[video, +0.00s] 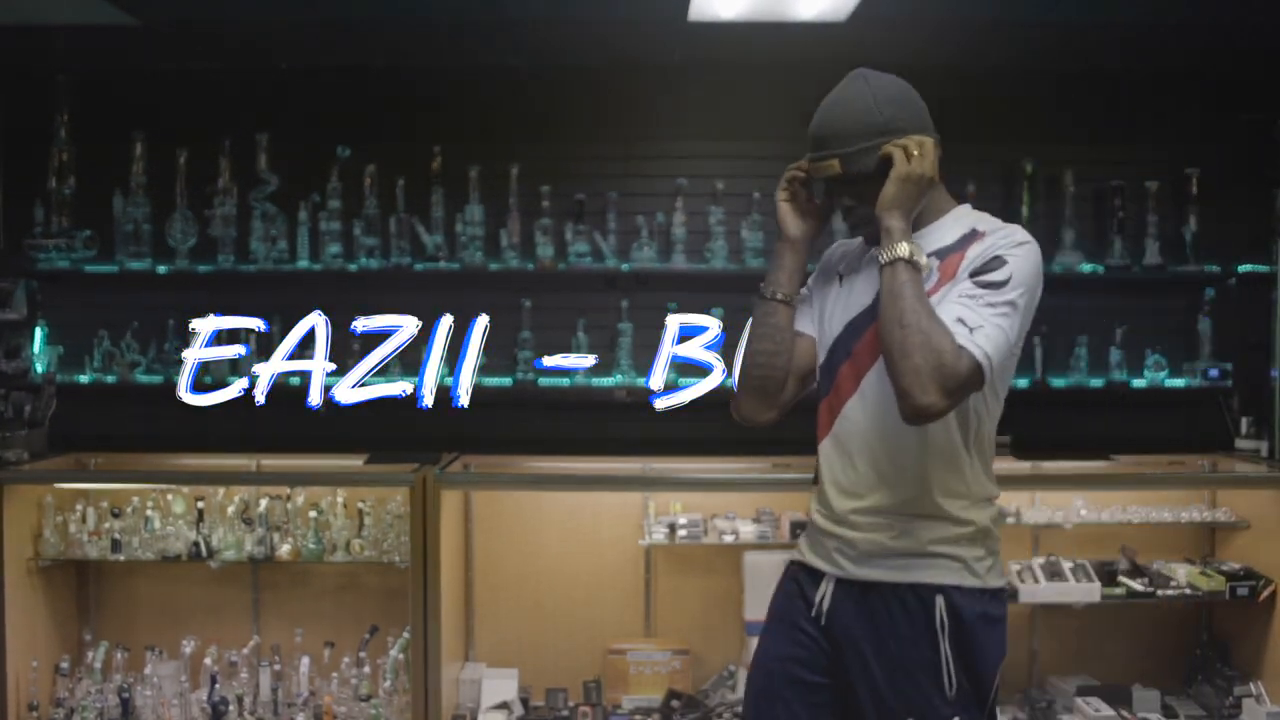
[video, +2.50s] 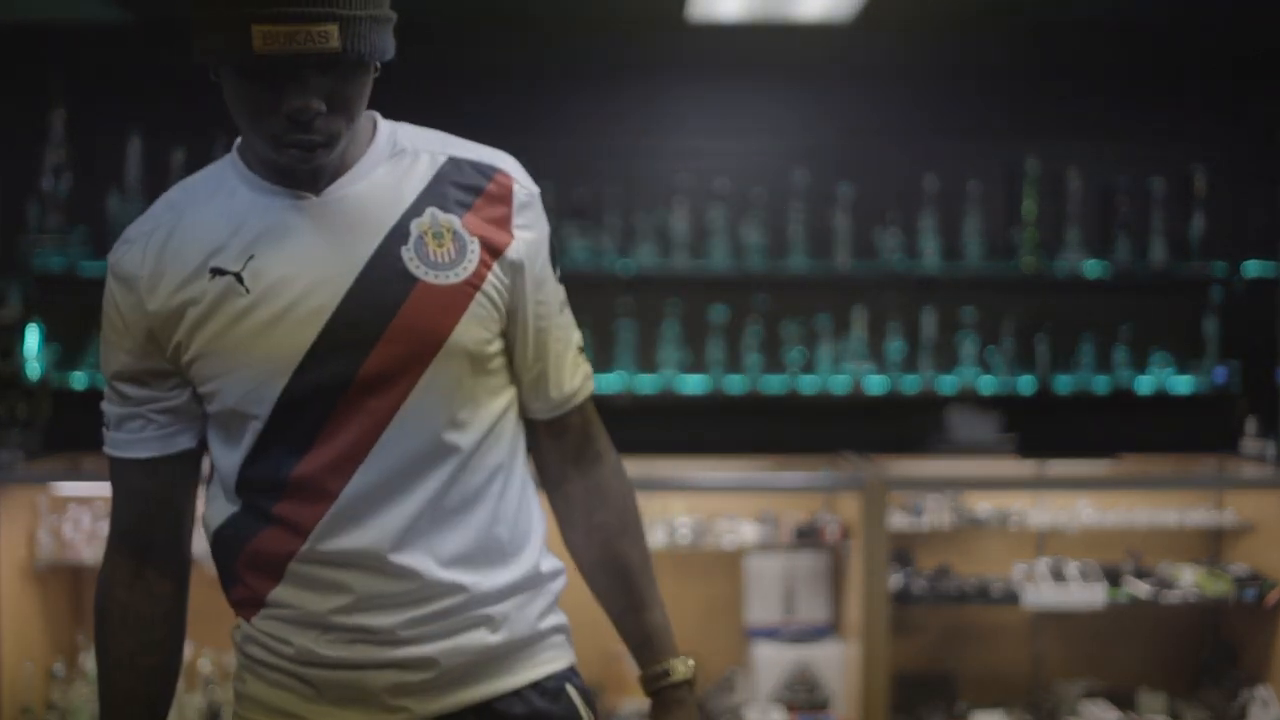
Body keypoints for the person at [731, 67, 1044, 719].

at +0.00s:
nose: (843, 200)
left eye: (855, 181)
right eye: (832, 185)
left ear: (912, 164)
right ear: (824, 186)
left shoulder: (1005, 252)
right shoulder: (842, 261)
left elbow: (925, 391)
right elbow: (756, 403)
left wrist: (895, 223)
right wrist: (791, 244)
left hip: (932, 599)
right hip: (817, 583)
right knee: (771, 708)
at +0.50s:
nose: (675, 210)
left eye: (686, 188)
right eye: (666, 192)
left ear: (743, 156)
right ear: (660, 178)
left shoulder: (845, 240)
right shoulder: (676, 244)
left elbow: (759, 390)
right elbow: (570, 384)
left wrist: (739, 208)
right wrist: (620, 222)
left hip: (764, 583)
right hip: (665, 576)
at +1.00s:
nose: (551, 164)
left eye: (553, 142)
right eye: (544, 147)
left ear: (584, 136)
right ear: (640, 114)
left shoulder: (768, 218)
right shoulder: (576, 227)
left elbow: (653, 289)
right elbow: (405, 252)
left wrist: (675, 127)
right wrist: (529, 150)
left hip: (668, 641)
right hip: (542, 623)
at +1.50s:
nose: (520, 180)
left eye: (546, 149)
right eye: (500, 155)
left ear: (610, 117)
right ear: (477, 139)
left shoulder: (712, 213)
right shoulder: (465, 214)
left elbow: (699, 323)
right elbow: (263, 269)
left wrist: (655, 126)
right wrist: (431, 131)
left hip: (617, 670)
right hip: (444, 657)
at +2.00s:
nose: (338, 91)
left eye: (369, 65)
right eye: (312, 64)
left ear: (421, 69)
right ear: (281, 75)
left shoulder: (532, 204)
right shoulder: (230, 250)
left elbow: (624, 438)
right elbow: (199, 524)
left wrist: (625, 470)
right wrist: (79, 465)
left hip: (514, 672)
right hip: (320, 677)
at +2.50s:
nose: (305, 106)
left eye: (335, 72)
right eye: (272, 75)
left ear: (377, 57)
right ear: (222, 69)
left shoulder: (492, 197)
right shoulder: (154, 260)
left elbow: (575, 449)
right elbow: (146, 552)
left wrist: (669, 676)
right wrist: (130, 718)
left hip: (508, 678)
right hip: (296, 691)